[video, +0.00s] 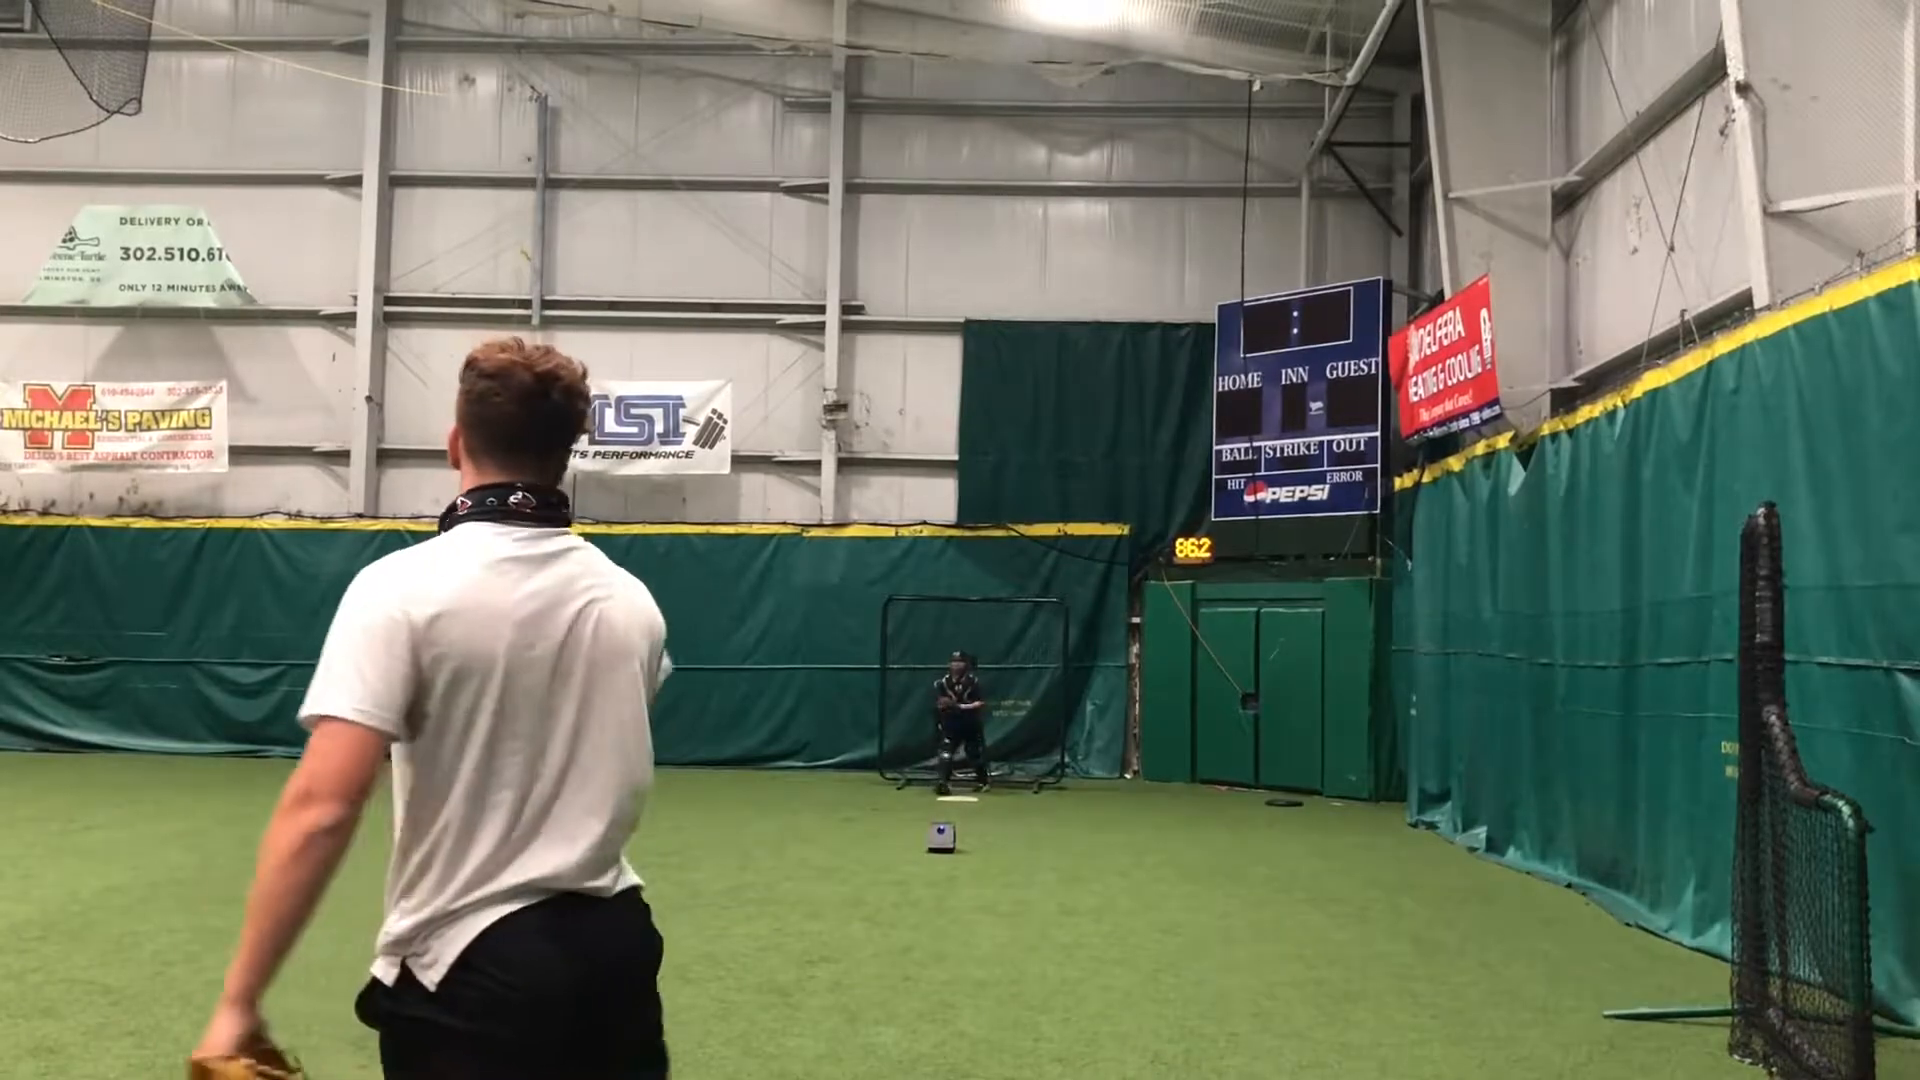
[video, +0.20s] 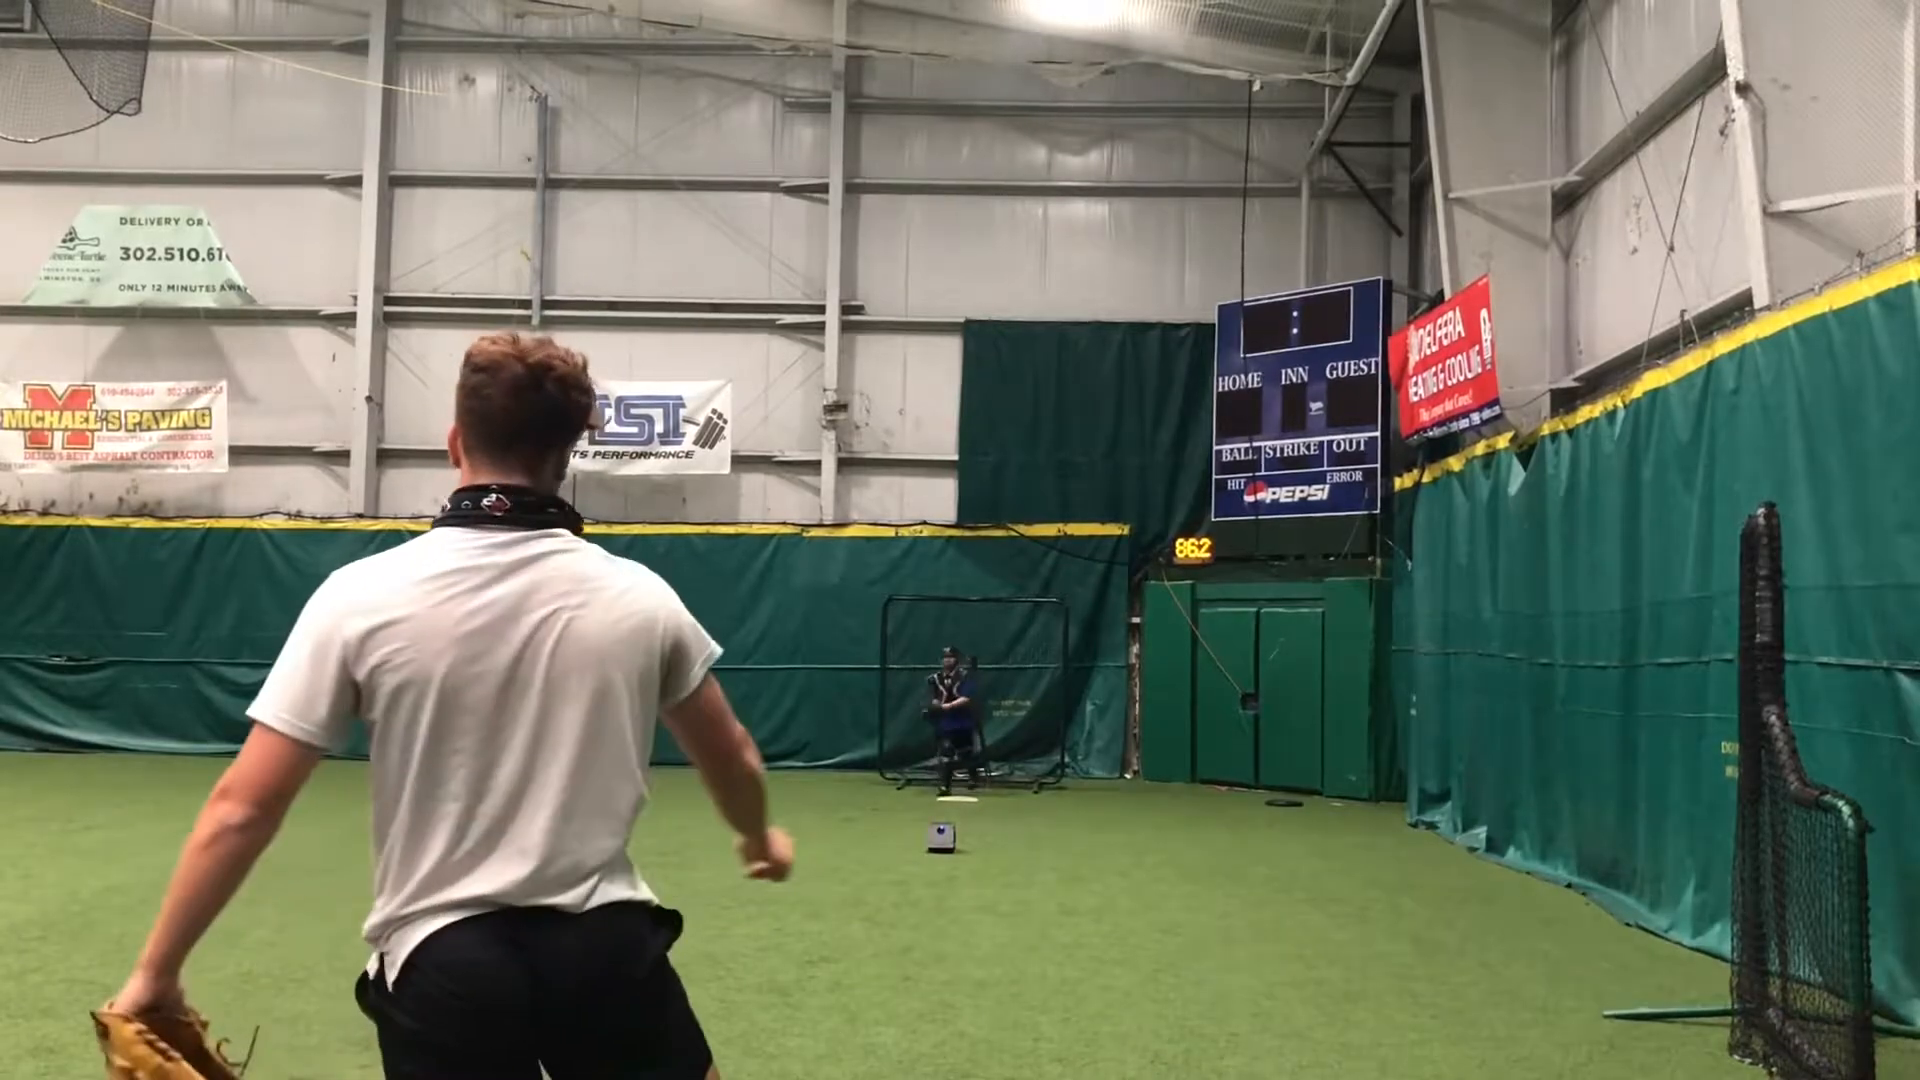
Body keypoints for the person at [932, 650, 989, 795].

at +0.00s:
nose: (956, 666)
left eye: (959, 662)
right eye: (953, 662)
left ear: (966, 665)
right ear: (950, 665)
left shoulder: (972, 683)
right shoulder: (942, 684)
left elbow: (980, 703)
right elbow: (939, 703)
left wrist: (958, 706)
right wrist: (945, 703)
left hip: (971, 725)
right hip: (951, 725)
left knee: (974, 753)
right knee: (945, 754)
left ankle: (983, 781)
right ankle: (943, 783)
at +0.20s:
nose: (947, 661)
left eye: (950, 658)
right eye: (945, 658)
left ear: (957, 660)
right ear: (942, 660)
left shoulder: (965, 677)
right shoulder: (935, 679)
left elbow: (967, 697)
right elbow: (932, 699)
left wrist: (949, 705)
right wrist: (939, 705)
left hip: (963, 720)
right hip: (944, 721)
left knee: (966, 751)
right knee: (945, 753)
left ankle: (973, 777)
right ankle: (945, 785)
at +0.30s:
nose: (944, 660)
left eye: (947, 656)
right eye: (941, 656)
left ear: (954, 658)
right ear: (938, 659)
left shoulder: (960, 675)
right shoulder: (934, 677)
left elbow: (961, 695)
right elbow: (934, 699)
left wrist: (944, 709)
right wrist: (920, 712)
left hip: (960, 718)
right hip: (942, 718)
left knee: (960, 750)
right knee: (943, 752)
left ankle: (965, 780)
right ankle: (944, 786)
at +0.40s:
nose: (942, 658)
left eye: (945, 655)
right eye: (940, 655)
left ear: (952, 657)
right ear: (937, 657)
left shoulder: (957, 674)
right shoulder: (936, 674)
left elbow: (960, 694)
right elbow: (933, 695)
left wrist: (950, 712)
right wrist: (913, 703)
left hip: (958, 716)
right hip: (942, 716)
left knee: (954, 748)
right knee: (942, 749)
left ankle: (958, 782)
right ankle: (945, 784)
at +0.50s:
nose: (939, 659)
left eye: (943, 656)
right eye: (937, 656)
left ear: (950, 658)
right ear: (936, 658)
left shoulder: (955, 676)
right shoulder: (942, 675)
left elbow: (960, 696)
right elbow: (934, 688)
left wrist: (959, 716)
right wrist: (913, 688)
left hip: (954, 719)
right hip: (944, 719)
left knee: (949, 751)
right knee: (943, 751)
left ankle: (953, 786)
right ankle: (946, 785)